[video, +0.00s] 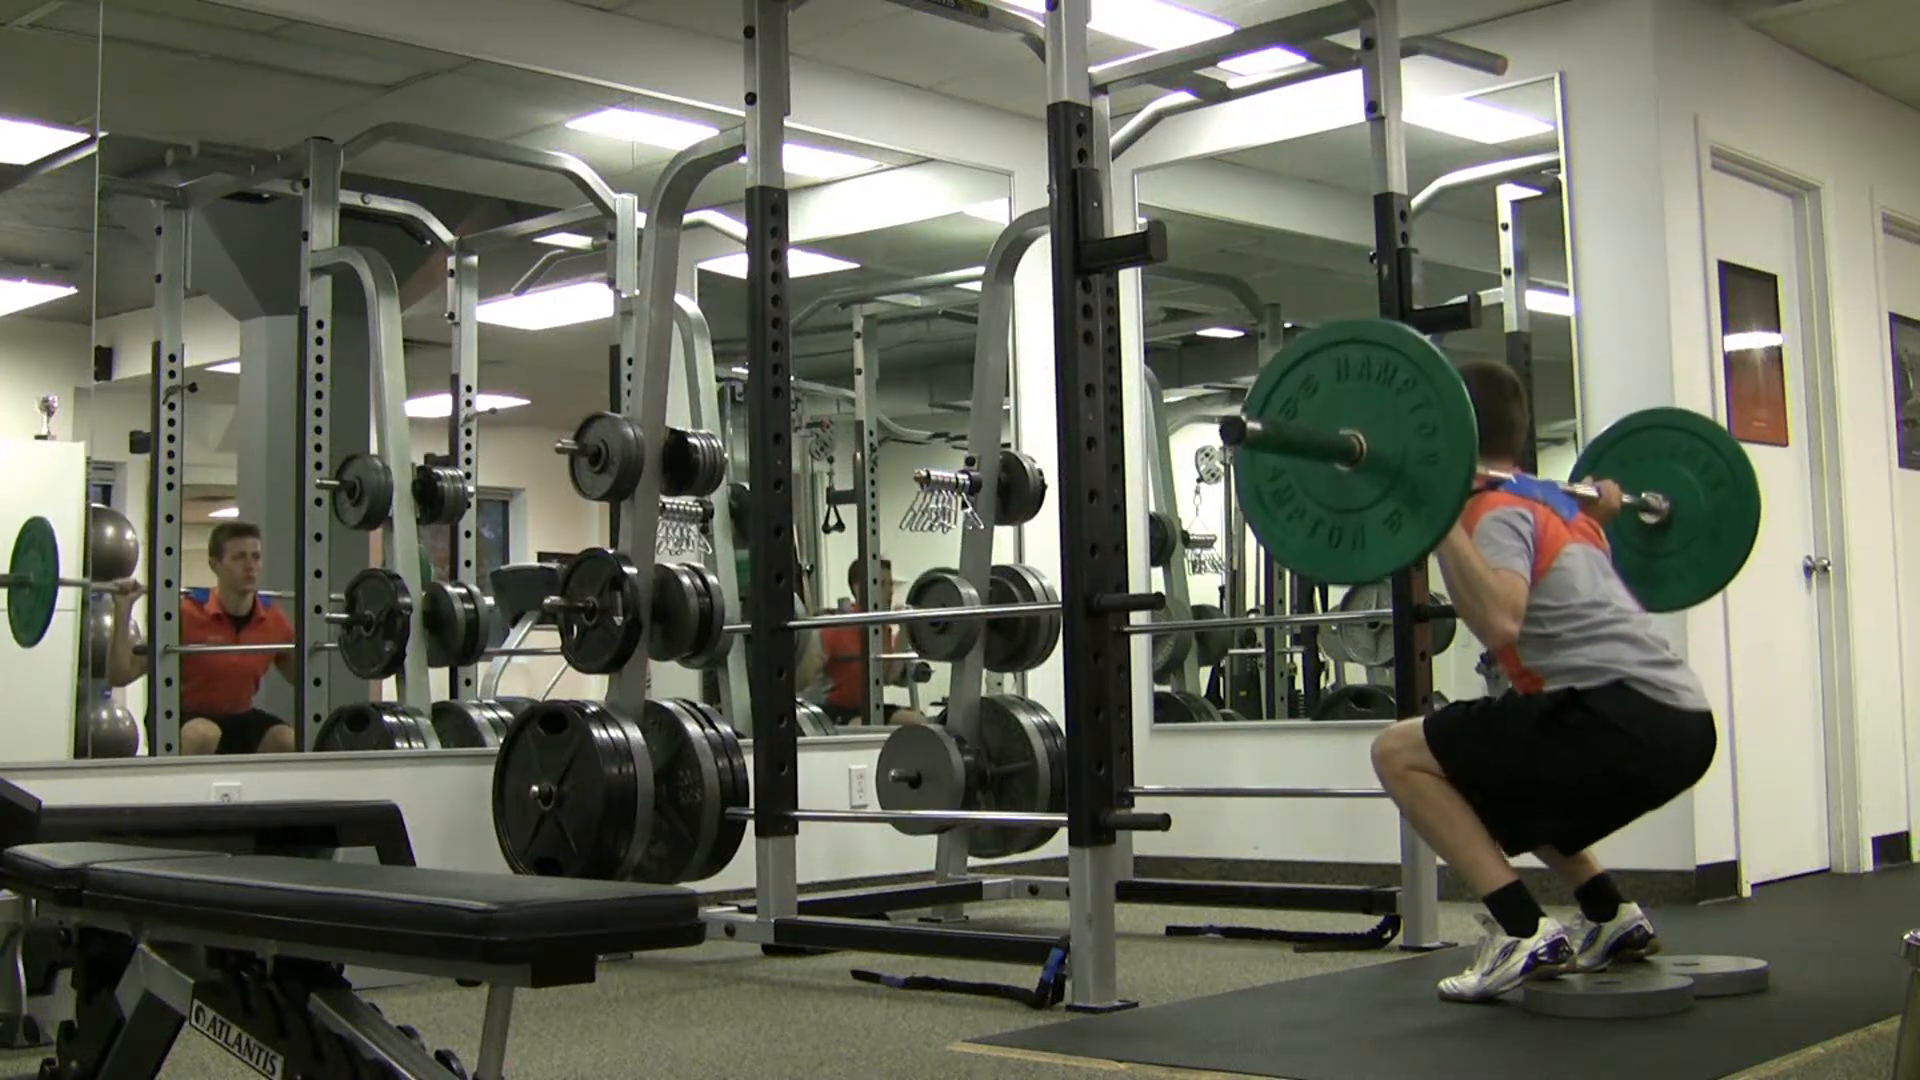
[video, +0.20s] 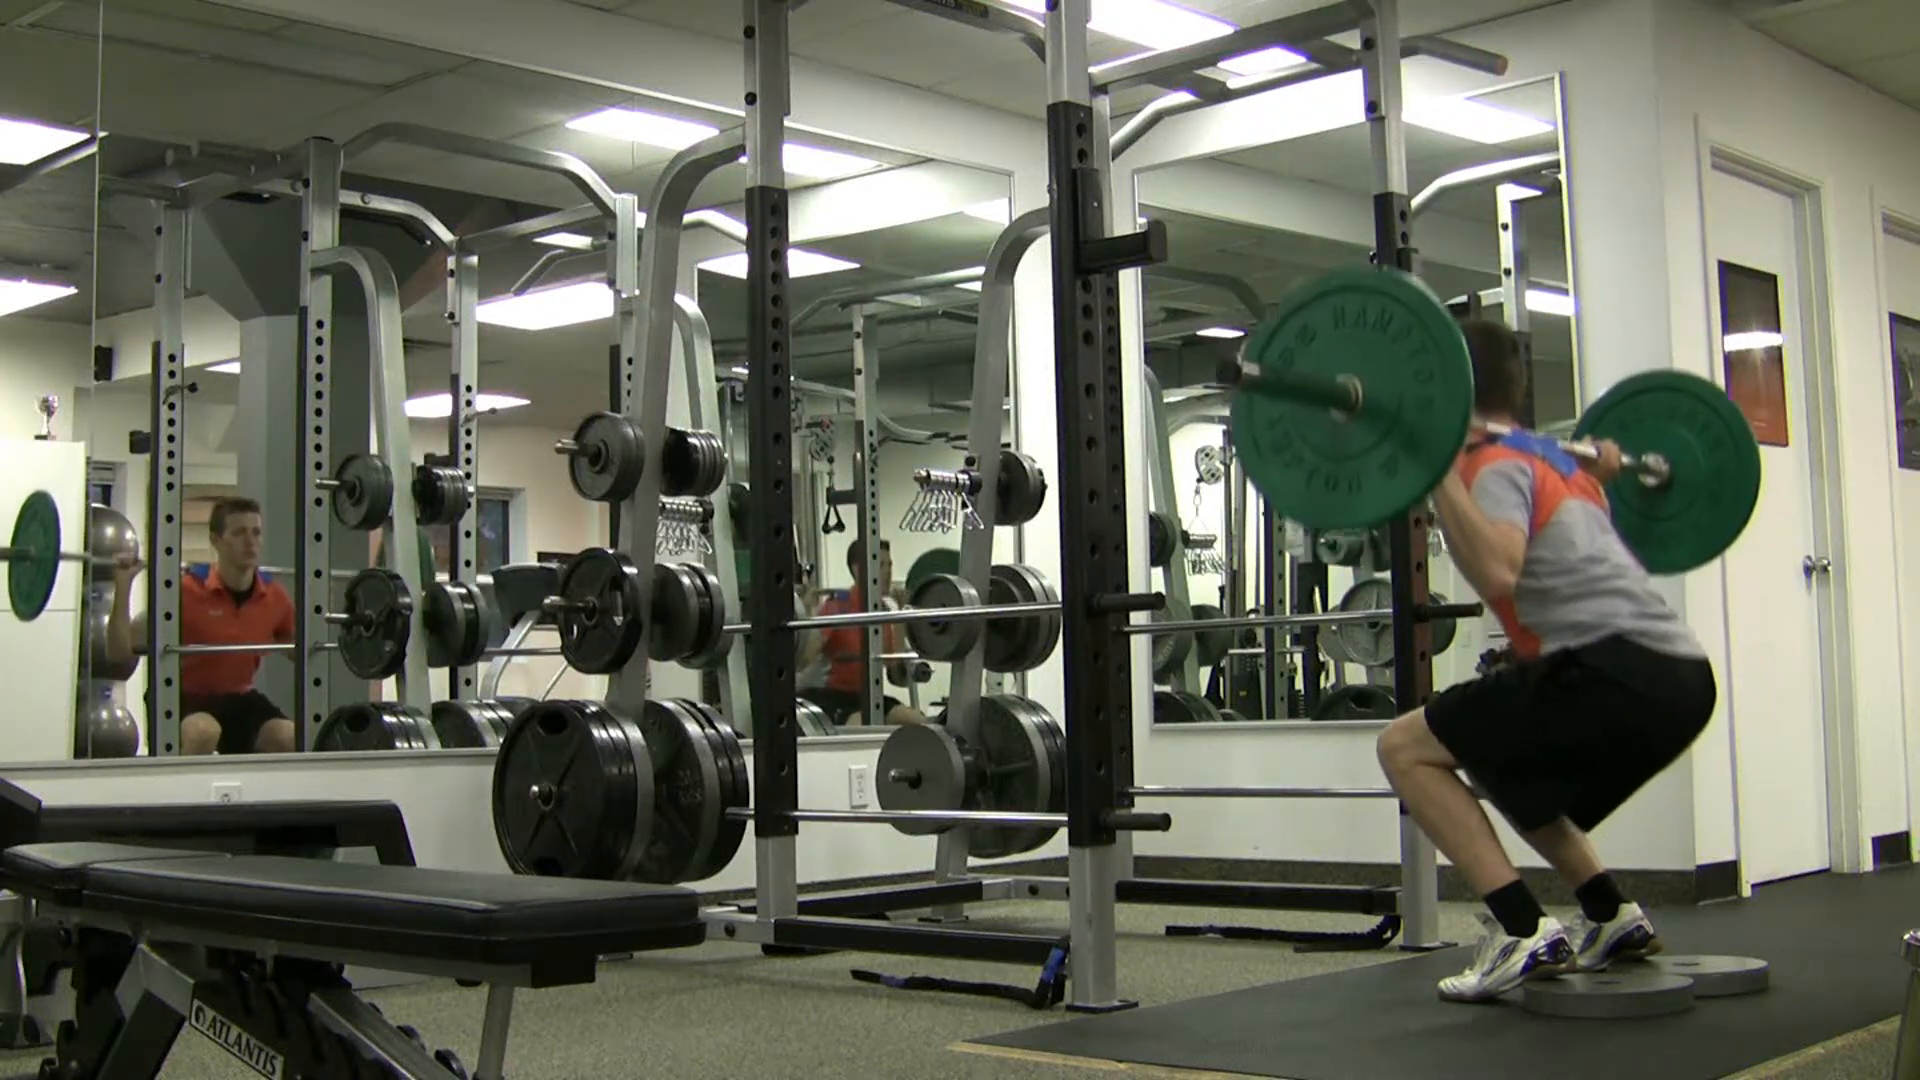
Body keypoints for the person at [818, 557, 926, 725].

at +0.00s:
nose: (889, 591)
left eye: (890, 584)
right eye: (880, 584)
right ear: (858, 588)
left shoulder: (883, 626)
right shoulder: (833, 626)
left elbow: (889, 675)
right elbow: (807, 676)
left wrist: (905, 629)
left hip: (872, 707)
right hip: (837, 708)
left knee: (917, 720)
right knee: (863, 729)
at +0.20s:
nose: (887, 572)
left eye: (888, 565)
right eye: (880, 564)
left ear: (892, 567)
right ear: (857, 568)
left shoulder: (887, 610)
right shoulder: (837, 605)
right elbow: (806, 656)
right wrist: (809, 611)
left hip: (872, 696)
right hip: (836, 695)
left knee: (916, 721)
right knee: (864, 726)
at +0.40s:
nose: (885, 545)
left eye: (887, 539)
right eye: (877, 538)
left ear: (890, 540)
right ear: (855, 543)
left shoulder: (880, 583)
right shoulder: (832, 582)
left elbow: (888, 632)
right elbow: (824, 630)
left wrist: (902, 586)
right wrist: (802, 588)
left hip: (870, 680)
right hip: (839, 681)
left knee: (915, 720)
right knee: (862, 733)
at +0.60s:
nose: (881, 520)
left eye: (883, 512)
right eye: (872, 512)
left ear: (886, 515)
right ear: (852, 516)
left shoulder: (877, 558)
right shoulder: (830, 558)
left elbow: (887, 606)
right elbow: (809, 602)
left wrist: (900, 558)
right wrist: (799, 560)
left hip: (870, 661)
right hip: (836, 662)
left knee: (910, 720)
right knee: (857, 722)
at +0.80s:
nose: (880, 495)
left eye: (881, 487)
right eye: (874, 487)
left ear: (881, 491)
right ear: (856, 490)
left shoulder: (874, 534)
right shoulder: (830, 533)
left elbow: (887, 584)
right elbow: (800, 581)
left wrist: (898, 537)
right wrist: (798, 537)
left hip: (866, 642)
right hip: (834, 643)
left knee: (903, 718)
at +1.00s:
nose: (869, 476)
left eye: (872, 468)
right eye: (861, 468)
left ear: (876, 470)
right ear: (845, 472)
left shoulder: (872, 516)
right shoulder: (827, 517)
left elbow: (886, 568)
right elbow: (798, 565)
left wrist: (895, 522)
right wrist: (797, 520)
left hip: (867, 621)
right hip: (833, 622)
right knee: (841, 705)